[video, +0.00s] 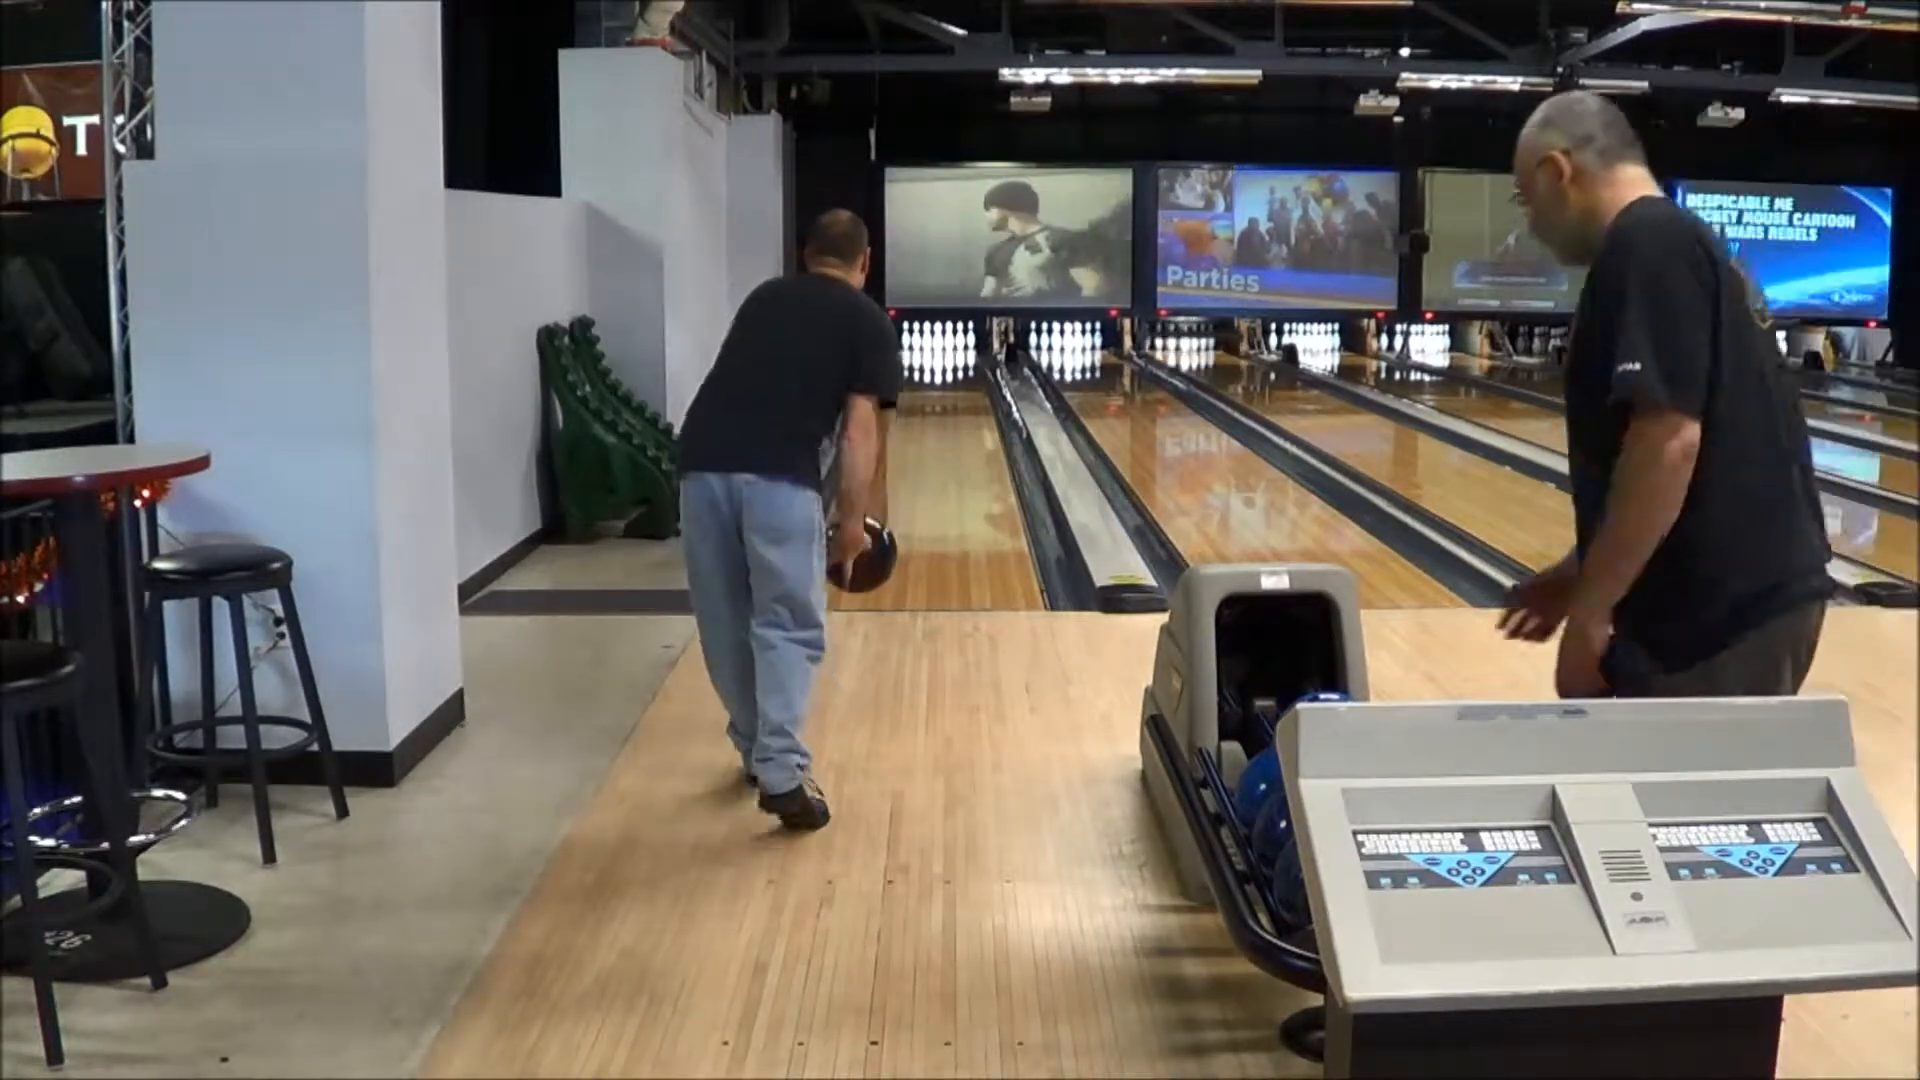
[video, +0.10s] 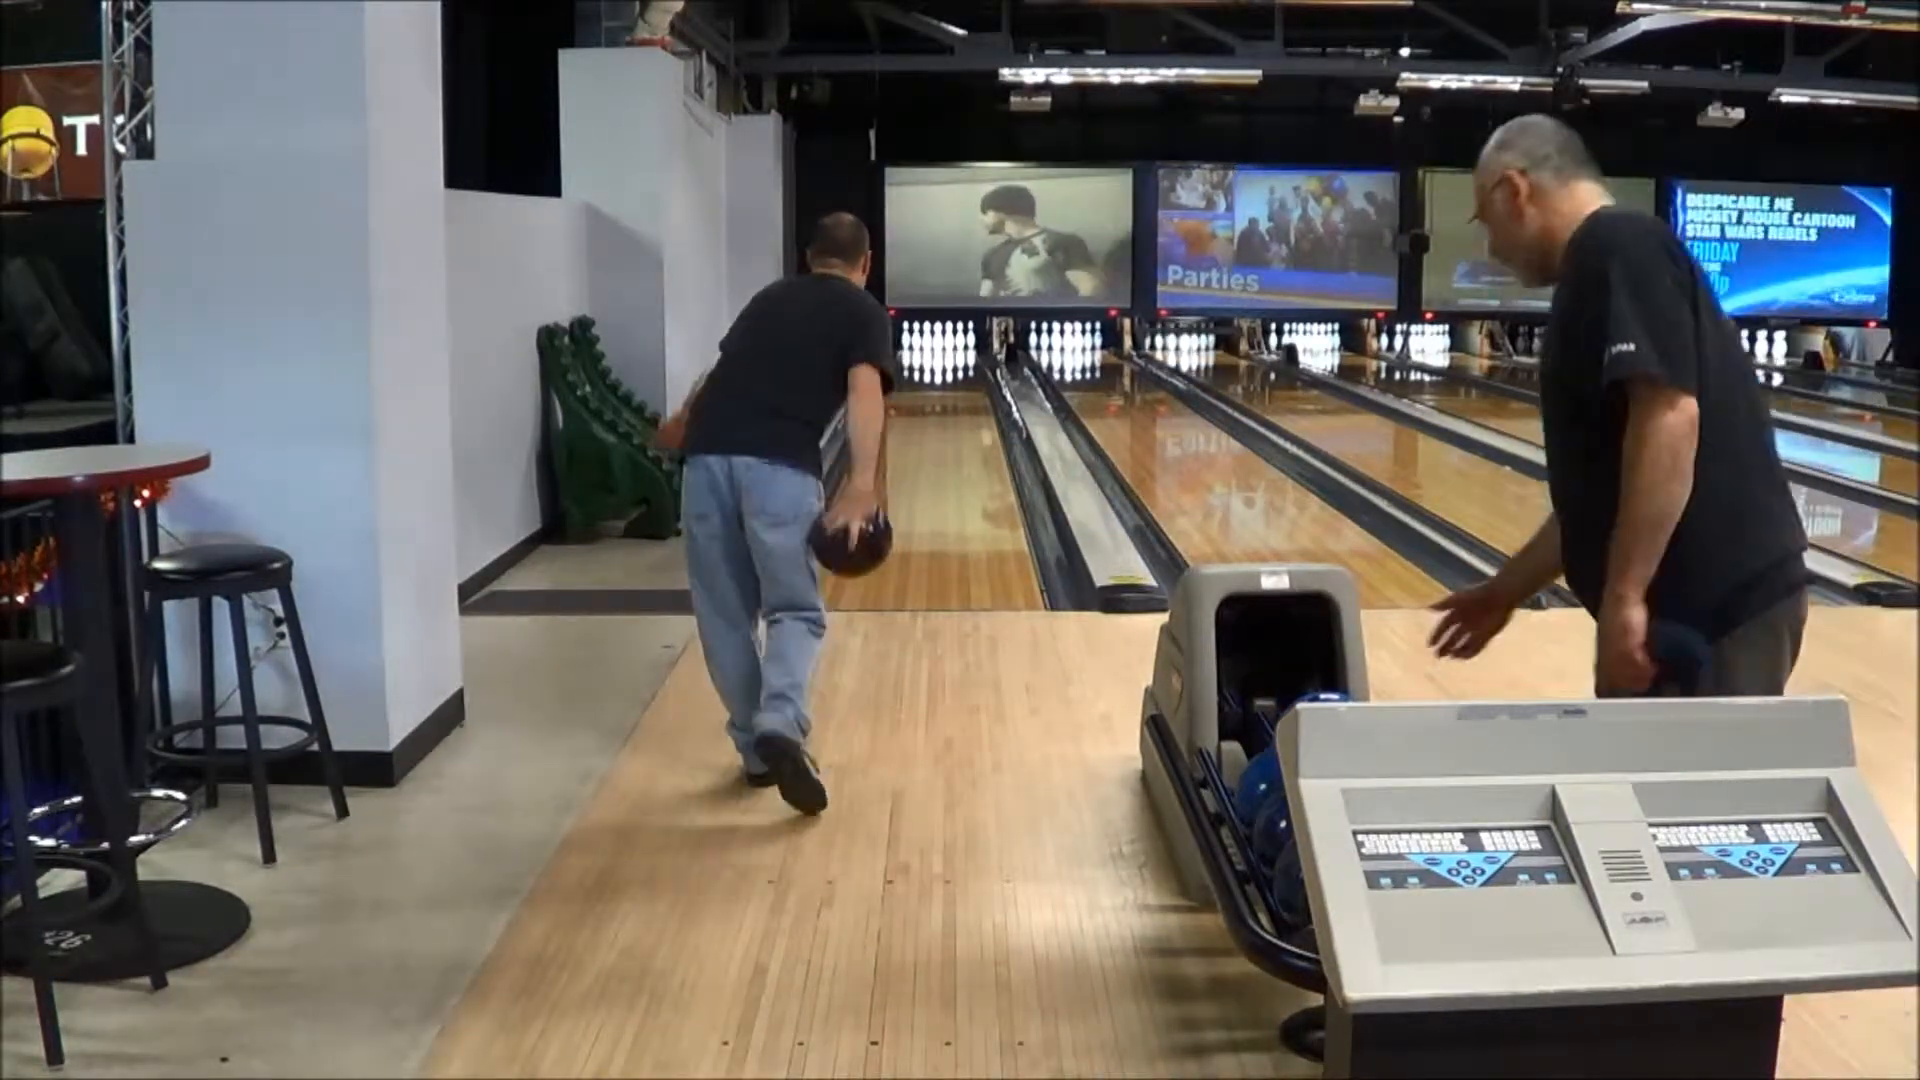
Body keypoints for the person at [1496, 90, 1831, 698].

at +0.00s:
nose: (1529, 222)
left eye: (1525, 197)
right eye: (1521, 202)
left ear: (1559, 172)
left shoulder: (1649, 242)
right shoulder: (1677, 240)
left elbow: (1666, 439)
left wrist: (1591, 611)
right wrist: (1576, 576)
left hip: (1714, 621)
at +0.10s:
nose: (1490, 247)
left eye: (1484, 220)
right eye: (1481, 226)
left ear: (1516, 192)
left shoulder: (1620, 243)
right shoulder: (1594, 276)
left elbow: (1668, 416)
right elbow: (1603, 482)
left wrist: (1625, 596)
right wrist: (1505, 590)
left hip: (1713, 610)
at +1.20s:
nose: (1295, 366)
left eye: (1287, 340)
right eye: (1286, 350)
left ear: (1316, 307)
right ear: (1325, 308)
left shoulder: (1441, 281)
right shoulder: (1400, 426)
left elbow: (1589, 346)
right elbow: (1410, 572)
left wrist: (1608, 509)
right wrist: (1330, 703)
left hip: (1680, 544)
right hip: (1578, 580)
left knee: (1685, 782)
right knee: (1559, 784)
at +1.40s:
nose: (1289, 368)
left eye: (1281, 343)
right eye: (1278, 354)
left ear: (1311, 303)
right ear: (1319, 303)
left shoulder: (1442, 281)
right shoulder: (1383, 421)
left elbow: (1594, 352)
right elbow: (1389, 563)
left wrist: (1613, 511)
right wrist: (1315, 704)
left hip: (1677, 543)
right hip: (1573, 580)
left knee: (1689, 780)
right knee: (1555, 785)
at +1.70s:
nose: (1289, 371)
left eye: (1281, 348)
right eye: (1278, 359)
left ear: (1312, 304)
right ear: (1318, 304)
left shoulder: (1448, 278)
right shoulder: (1378, 424)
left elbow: (1605, 341)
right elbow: (1380, 572)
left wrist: (1605, 502)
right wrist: (1307, 715)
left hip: (1681, 542)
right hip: (1575, 578)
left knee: (1685, 776)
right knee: (1550, 779)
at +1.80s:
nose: (1292, 365)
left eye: (1284, 339)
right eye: (1281, 351)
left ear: (1320, 300)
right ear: (1324, 303)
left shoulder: (1453, 275)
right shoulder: (1382, 428)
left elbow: (1615, 335)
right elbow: (1372, 580)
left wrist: (1601, 496)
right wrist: (1309, 718)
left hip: (1689, 538)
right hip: (1581, 573)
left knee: (1692, 776)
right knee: (1559, 778)